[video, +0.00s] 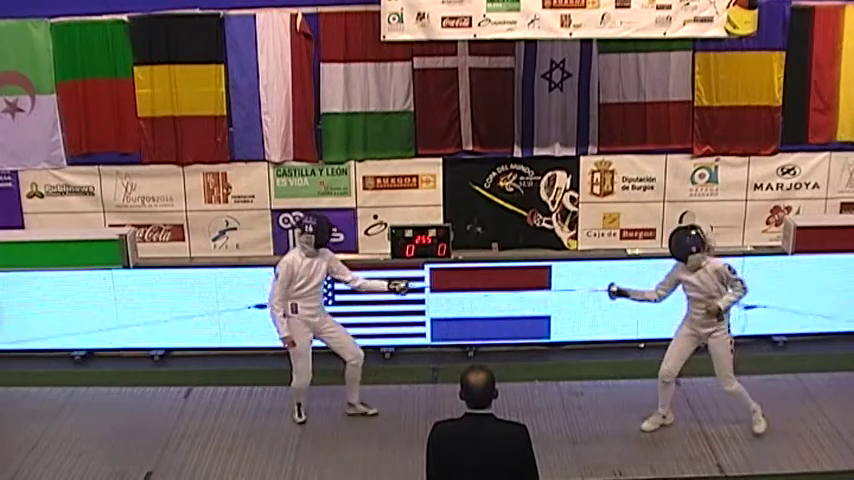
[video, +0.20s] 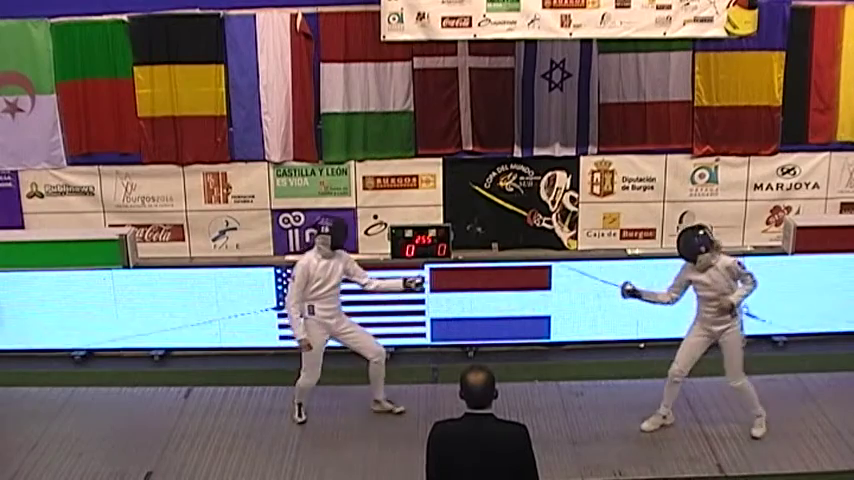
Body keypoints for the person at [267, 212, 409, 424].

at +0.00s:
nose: (305, 240)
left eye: (310, 237)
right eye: (302, 235)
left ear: (320, 241)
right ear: (299, 236)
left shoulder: (326, 258)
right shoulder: (289, 262)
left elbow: (355, 282)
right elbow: (275, 302)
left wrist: (389, 286)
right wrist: (284, 333)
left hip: (320, 317)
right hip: (296, 320)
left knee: (355, 356)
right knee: (302, 376)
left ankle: (353, 404)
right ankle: (299, 406)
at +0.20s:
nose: (321, 239)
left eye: (326, 236)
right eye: (319, 235)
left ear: (336, 240)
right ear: (316, 236)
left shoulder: (343, 260)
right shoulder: (305, 264)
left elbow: (369, 284)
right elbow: (292, 303)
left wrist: (403, 285)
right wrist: (300, 335)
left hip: (338, 320)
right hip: (313, 323)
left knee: (377, 354)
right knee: (310, 377)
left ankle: (379, 401)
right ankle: (299, 404)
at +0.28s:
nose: (332, 238)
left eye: (337, 234)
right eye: (330, 233)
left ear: (345, 237)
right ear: (325, 235)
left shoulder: (353, 256)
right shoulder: (315, 261)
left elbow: (382, 279)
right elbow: (303, 299)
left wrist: (418, 280)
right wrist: (313, 331)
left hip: (348, 319)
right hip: (323, 322)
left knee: (384, 355)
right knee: (313, 374)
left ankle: (400, 403)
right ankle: (299, 402)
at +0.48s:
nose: (361, 242)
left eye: (366, 238)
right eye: (358, 237)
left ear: (376, 239)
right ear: (354, 236)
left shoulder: (381, 256)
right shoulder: (344, 263)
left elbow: (411, 274)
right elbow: (334, 304)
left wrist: (447, 279)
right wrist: (343, 333)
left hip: (379, 321)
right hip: (353, 324)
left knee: (413, 357)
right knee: (331, 375)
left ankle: (409, 405)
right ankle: (306, 403)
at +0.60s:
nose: (366, 235)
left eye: (372, 232)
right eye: (364, 230)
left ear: (383, 236)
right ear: (361, 230)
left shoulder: (390, 252)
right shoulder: (352, 258)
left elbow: (420, 273)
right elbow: (342, 297)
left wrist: (455, 281)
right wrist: (352, 328)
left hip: (385, 316)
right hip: (360, 319)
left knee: (415, 356)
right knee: (348, 374)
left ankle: (409, 404)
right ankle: (332, 402)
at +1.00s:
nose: (359, 248)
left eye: (365, 245)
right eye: (357, 242)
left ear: (374, 248)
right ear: (352, 242)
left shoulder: (378, 266)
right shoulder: (342, 271)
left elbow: (405, 291)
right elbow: (333, 312)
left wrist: (439, 302)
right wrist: (344, 340)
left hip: (375, 328)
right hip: (351, 332)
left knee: (414, 356)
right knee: (336, 386)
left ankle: (409, 405)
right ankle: (307, 405)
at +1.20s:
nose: (342, 239)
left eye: (348, 236)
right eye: (341, 233)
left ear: (358, 241)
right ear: (337, 234)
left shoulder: (360, 261)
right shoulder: (322, 262)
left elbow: (383, 288)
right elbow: (309, 301)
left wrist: (414, 302)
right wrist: (320, 330)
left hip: (351, 320)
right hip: (326, 322)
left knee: (385, 358)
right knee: (322, 376)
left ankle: (400, 404)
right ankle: (306, 407)